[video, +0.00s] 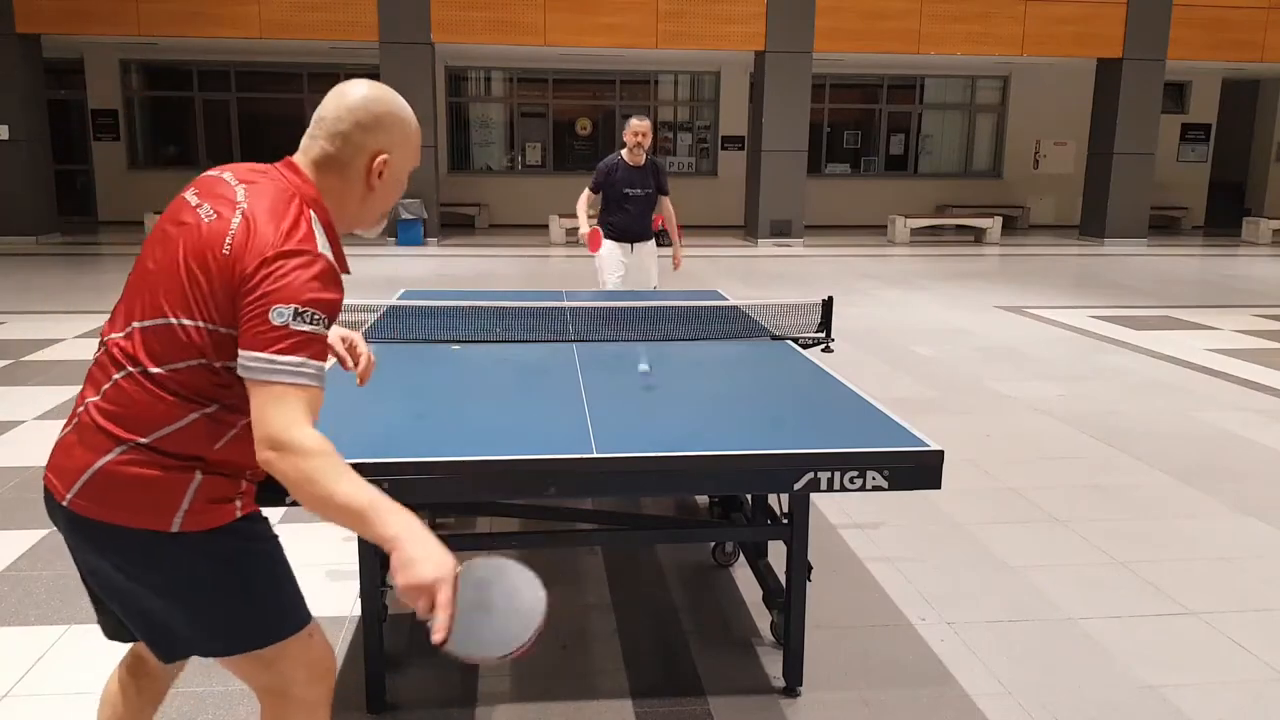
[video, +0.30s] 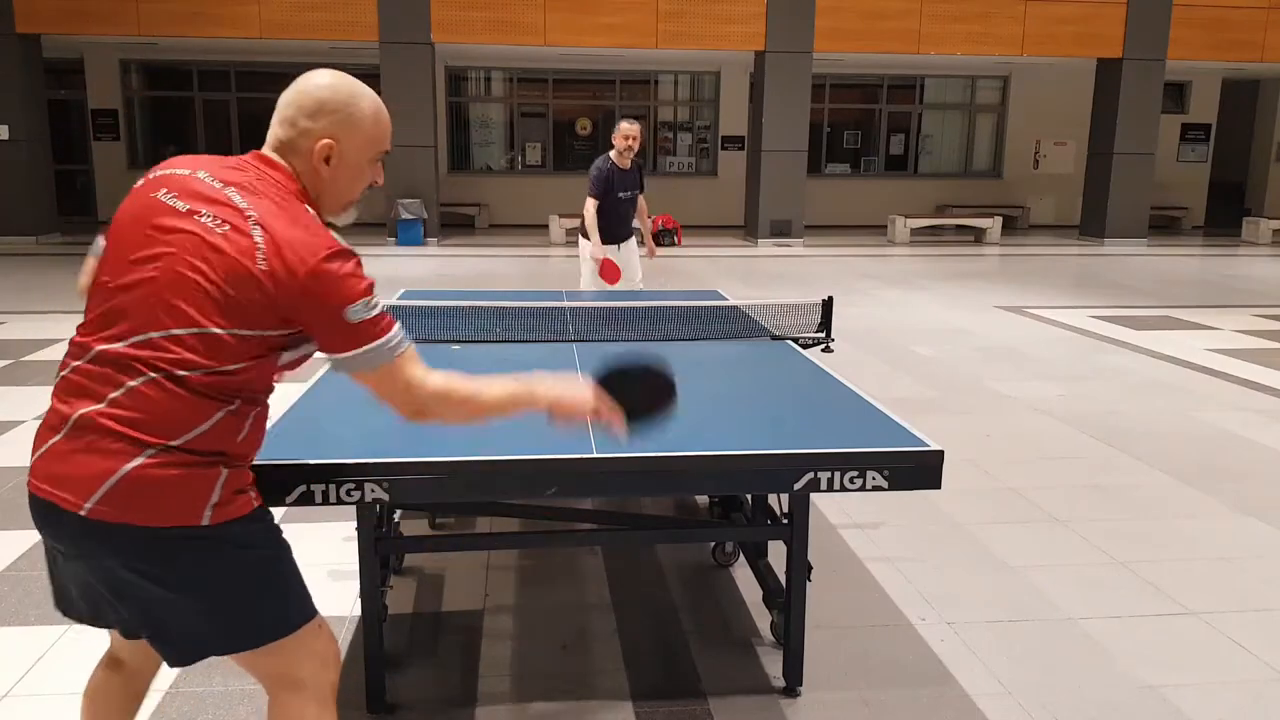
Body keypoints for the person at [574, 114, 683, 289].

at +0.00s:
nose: (639, 140)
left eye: (644, 135)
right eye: (634, 135)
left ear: (651, 138)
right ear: (625, 136)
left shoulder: (656, 168)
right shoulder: (609, 166)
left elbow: (666, 206)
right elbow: (584, 199)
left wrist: (676, 246)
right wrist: (583, 226)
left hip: (645, 245)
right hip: (611, 245)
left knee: (647, 301)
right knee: (612, 299)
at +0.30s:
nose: (630, 144)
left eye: (635, 139)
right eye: (625, 138)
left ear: (639, 141)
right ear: (614, 140)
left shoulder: (635, 167)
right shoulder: (601, 168)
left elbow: (638, 201)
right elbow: (589, 209)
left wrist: (648, 237)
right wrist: (596, 244)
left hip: (626, 241)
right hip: (597, 244)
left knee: (633, 292)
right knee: (593, 297)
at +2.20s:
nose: (638, 146)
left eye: (642, 141)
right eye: (634, 140)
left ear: (647, 143)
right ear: (624, 141)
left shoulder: (647, 166)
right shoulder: (610, 169)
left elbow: (649, 196)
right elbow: (590, 204)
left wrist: (654, 228)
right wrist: (601, 235)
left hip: (638, 238)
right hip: (608, 239)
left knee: (647, 283)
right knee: (602, 290)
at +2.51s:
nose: (649, 161)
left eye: (653, 157)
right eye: (645, 155)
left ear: (658, 158)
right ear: (635, 154)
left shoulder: (653, 175)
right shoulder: (621, 179)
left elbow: (655, 204)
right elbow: (606, 217)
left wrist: (664, 239)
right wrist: (628, 246)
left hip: (641, 239)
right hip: (615, 239)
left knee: (649, 285)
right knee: (620, 283)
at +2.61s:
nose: (649, 167)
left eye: (653, 163)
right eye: (646, 161)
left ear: (658, 162)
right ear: (635, 155)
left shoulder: (651, 176)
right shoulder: (619, 179)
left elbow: (650, 203)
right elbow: (613, 223)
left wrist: (657, 235)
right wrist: (643, 235)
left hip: (637, 238)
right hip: (612, 236)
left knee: (643, 286)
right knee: (621, 284)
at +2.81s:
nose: (647, 194)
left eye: (651, 190)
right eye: (645, 187)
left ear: (655, 188)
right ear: (635, 176)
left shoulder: (636, 189)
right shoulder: (612, 195)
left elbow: (639, 211)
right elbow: (607, 240)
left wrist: (654, 235)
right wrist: (633, 254)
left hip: (628, 244)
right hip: (603, 247)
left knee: (642, 288)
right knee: (625, 290)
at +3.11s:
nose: (632, 163)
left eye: (637, 159)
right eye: (629, 158)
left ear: (642, 157)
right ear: (619, 151)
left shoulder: (635, 171)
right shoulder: (602, 173)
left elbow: (643, 187)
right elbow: (578, 195)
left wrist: (665, 203)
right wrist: (551, 220)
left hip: (632, 237)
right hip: (606, 238)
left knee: (638, 287)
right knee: (614, 290)